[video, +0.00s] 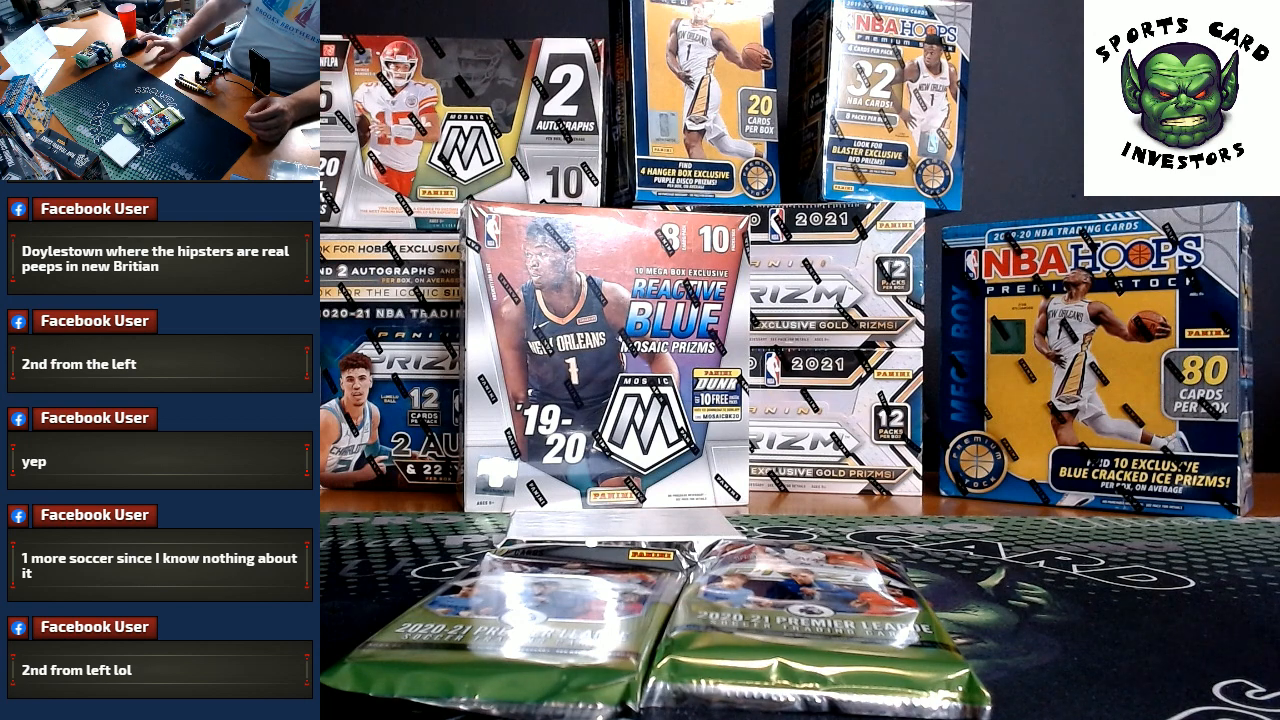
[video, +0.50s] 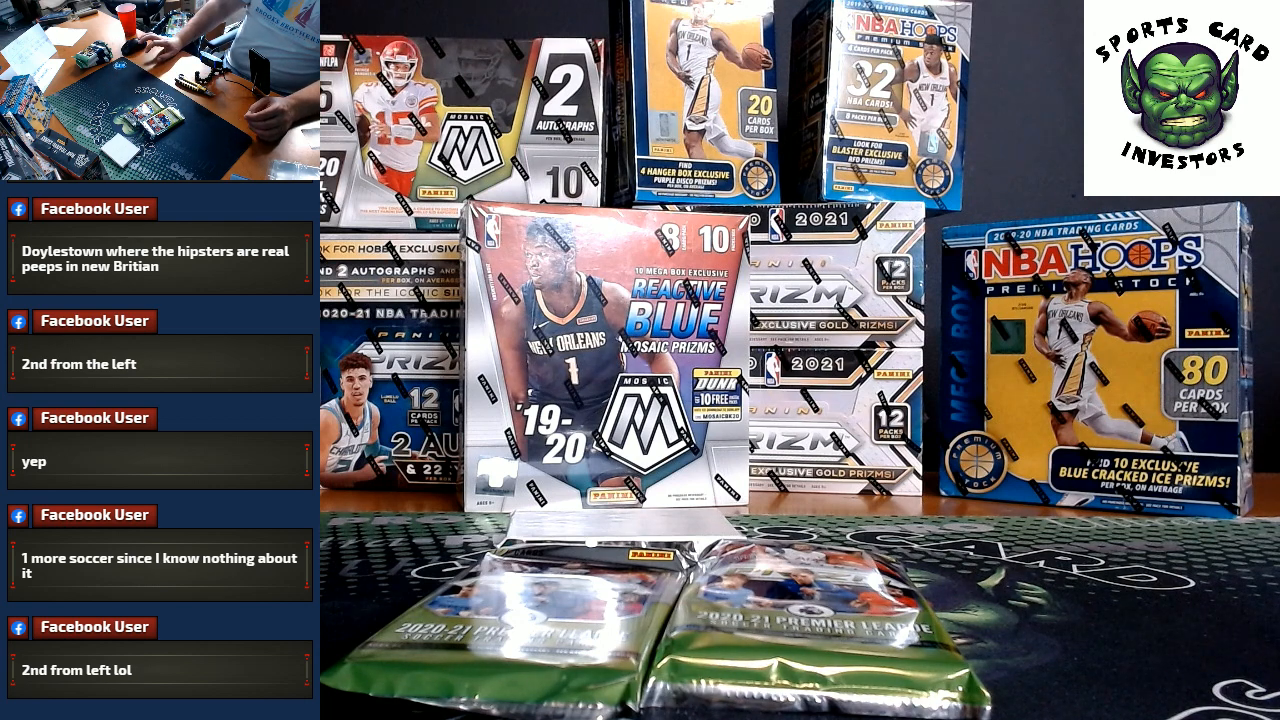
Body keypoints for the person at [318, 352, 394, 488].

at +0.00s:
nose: (356, 385)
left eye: (362, 378)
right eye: (350, 379)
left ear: (370, 382)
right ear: (341, 383)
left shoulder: (372, 413)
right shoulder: (325, 419)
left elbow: (373, 450)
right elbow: (316, 477)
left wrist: (406, 456)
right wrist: (360, 475)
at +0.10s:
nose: (356, 385)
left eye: (362, 378)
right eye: (350, 379)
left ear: (370, 382)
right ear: (341, 383)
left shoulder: (372, 413)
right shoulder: (325, 419)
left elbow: (373, 450)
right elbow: (316, 477)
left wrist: (406, 456)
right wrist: (360, 475)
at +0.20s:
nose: (356, 385)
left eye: (362, 379)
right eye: (350, 379)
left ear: (370, 382)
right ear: (341, 383)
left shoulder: (372, 413)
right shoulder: (325, 419)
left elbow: (373, 450)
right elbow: (316, 477)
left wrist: (406, 456)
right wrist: (360, 475)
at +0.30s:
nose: (356, 385)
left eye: (362, 378)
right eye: (350, 379)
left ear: (370, 382)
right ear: (341, 383)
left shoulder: (372, 413)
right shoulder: (325, 419)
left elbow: (373, 450)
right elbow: (316, 477)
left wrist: (406, 456)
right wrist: (360, 475)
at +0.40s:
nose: (356, 385)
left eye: (362, 378)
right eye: (350, 379)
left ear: (370, 382)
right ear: (341, 383)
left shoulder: (372, 413)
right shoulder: (325, 419)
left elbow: (373, 450)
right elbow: (316, 477)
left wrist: (406, 456)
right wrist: (360, 475)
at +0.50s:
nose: (356, 385)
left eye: (362, 378)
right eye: (350, 379)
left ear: (370, 382)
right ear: (341, 383)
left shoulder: (372, 413)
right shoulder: (325, 419)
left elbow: (373, 450)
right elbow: (316, 477)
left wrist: (406, 456)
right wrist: (360, 475)